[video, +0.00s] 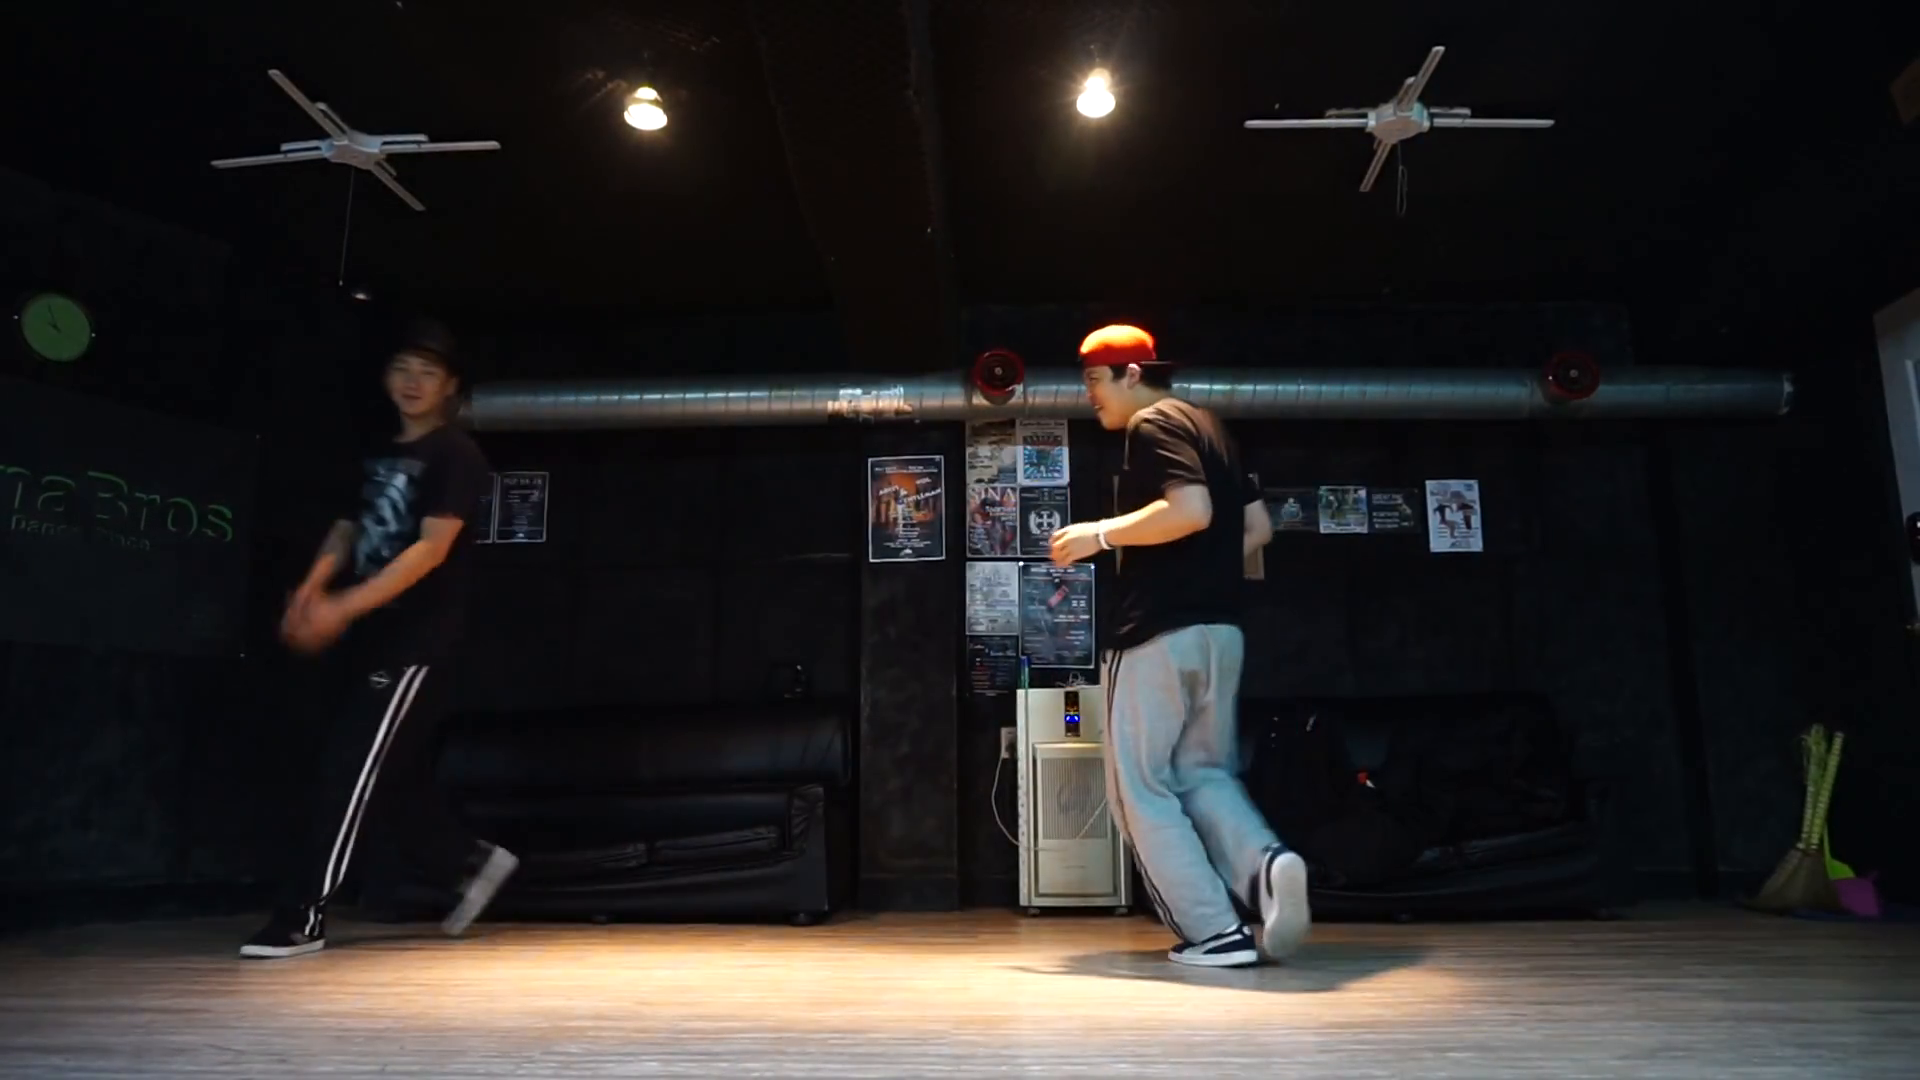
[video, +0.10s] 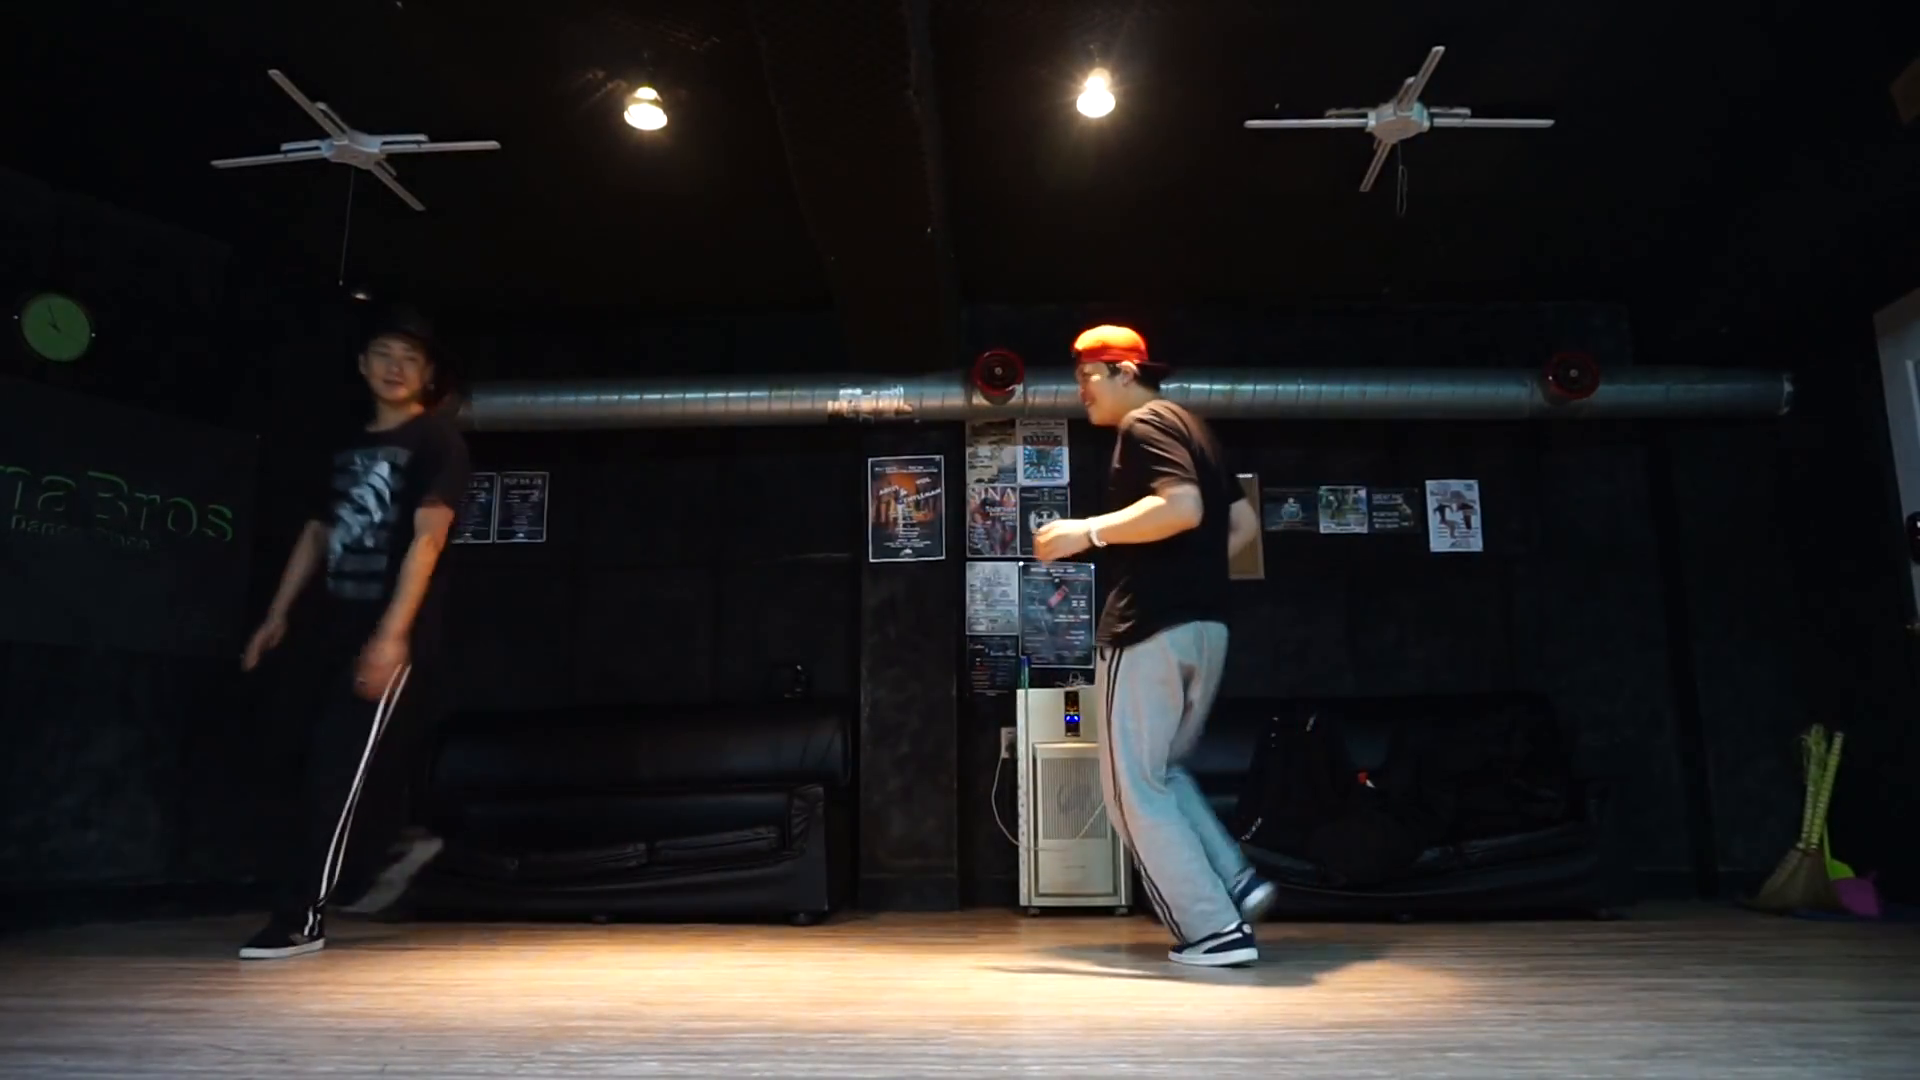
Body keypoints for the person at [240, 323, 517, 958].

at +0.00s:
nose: (410, 383)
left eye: (425, 374)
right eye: (402, 371)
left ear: (451, 385)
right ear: (388, 378)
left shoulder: (455, 456)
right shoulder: (384, 453)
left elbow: (432, 550)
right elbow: (352, 528)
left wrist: (344, 607)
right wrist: (313, 586)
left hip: (422, 639)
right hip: (378, 633)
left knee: (358, 768)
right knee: (384, 767)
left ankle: (305, 915)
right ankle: (472, 862)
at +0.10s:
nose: (393, 368)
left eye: (407, 359)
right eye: (382, 355)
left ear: (428, 371)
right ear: (364, 363)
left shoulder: (437, 441)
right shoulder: (354, 443)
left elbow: (429, 542)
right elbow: (318, 534)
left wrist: (392, 636)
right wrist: (278, 613)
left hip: (391, 626)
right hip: (336, 621)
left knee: (341, 763)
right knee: (324, 749)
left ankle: (301, 916)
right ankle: (398, 837)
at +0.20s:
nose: (384, 352)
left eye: (396, 344)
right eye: (372, 340)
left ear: (411, 359)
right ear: (344, 347)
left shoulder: (427, 432)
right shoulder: (317, 430)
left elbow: (447, 529)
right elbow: (292, 527)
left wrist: (451, 624)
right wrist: (256, 610)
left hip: (381, 621)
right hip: (311, 616)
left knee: (338, 762)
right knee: (280, 746)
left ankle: (305, 914)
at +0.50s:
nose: (336, 333)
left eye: (347, 324)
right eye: (321, 319)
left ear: (357, 339)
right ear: (286, 327)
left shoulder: (384, 417)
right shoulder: (244, 411)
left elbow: (452, 497)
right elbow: (196, 497)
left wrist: (515, 577)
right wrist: (148, 571)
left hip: (330, 623)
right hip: (242, 616)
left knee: (310, 768)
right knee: (201, 757)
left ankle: (292, 908)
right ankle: (147, 928)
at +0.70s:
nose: (320, 299)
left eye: (331, 289)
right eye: (305, 283)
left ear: (342, 305)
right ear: (266, 290)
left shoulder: (369, 391)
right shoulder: (216, 382)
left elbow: (426, 485)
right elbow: (130, 463)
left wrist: (490, 572)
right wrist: (26, 520)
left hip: (308, 612)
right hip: (211, 603)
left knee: (281, 772)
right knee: (166, 758)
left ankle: (250, 886)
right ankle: (145, 938)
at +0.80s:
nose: (336, 276)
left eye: (346, 268)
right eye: (321, 258)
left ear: (353, 288)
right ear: (279, 265)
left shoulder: (373, 373)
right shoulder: (222, 352)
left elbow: (428, 467)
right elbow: (128, 427)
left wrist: (501, 535)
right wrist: (48, 437)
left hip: (310, 591)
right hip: (213, 580)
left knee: (291, 748)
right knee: (166, 744)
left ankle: (224, 897)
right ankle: (143, 934)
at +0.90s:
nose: (361, 263)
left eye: (372, 252)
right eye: (345, 244)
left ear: (378, 270)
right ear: (298, 247)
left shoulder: (384, 363)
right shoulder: (234, 332)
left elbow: (429, 457)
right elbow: (171, 416)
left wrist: (504, 493)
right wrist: (155, 378)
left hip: (317, 589)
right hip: (220, 577)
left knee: (300, 755)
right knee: (172, 755)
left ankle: (251, 943)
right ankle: (140, 941)